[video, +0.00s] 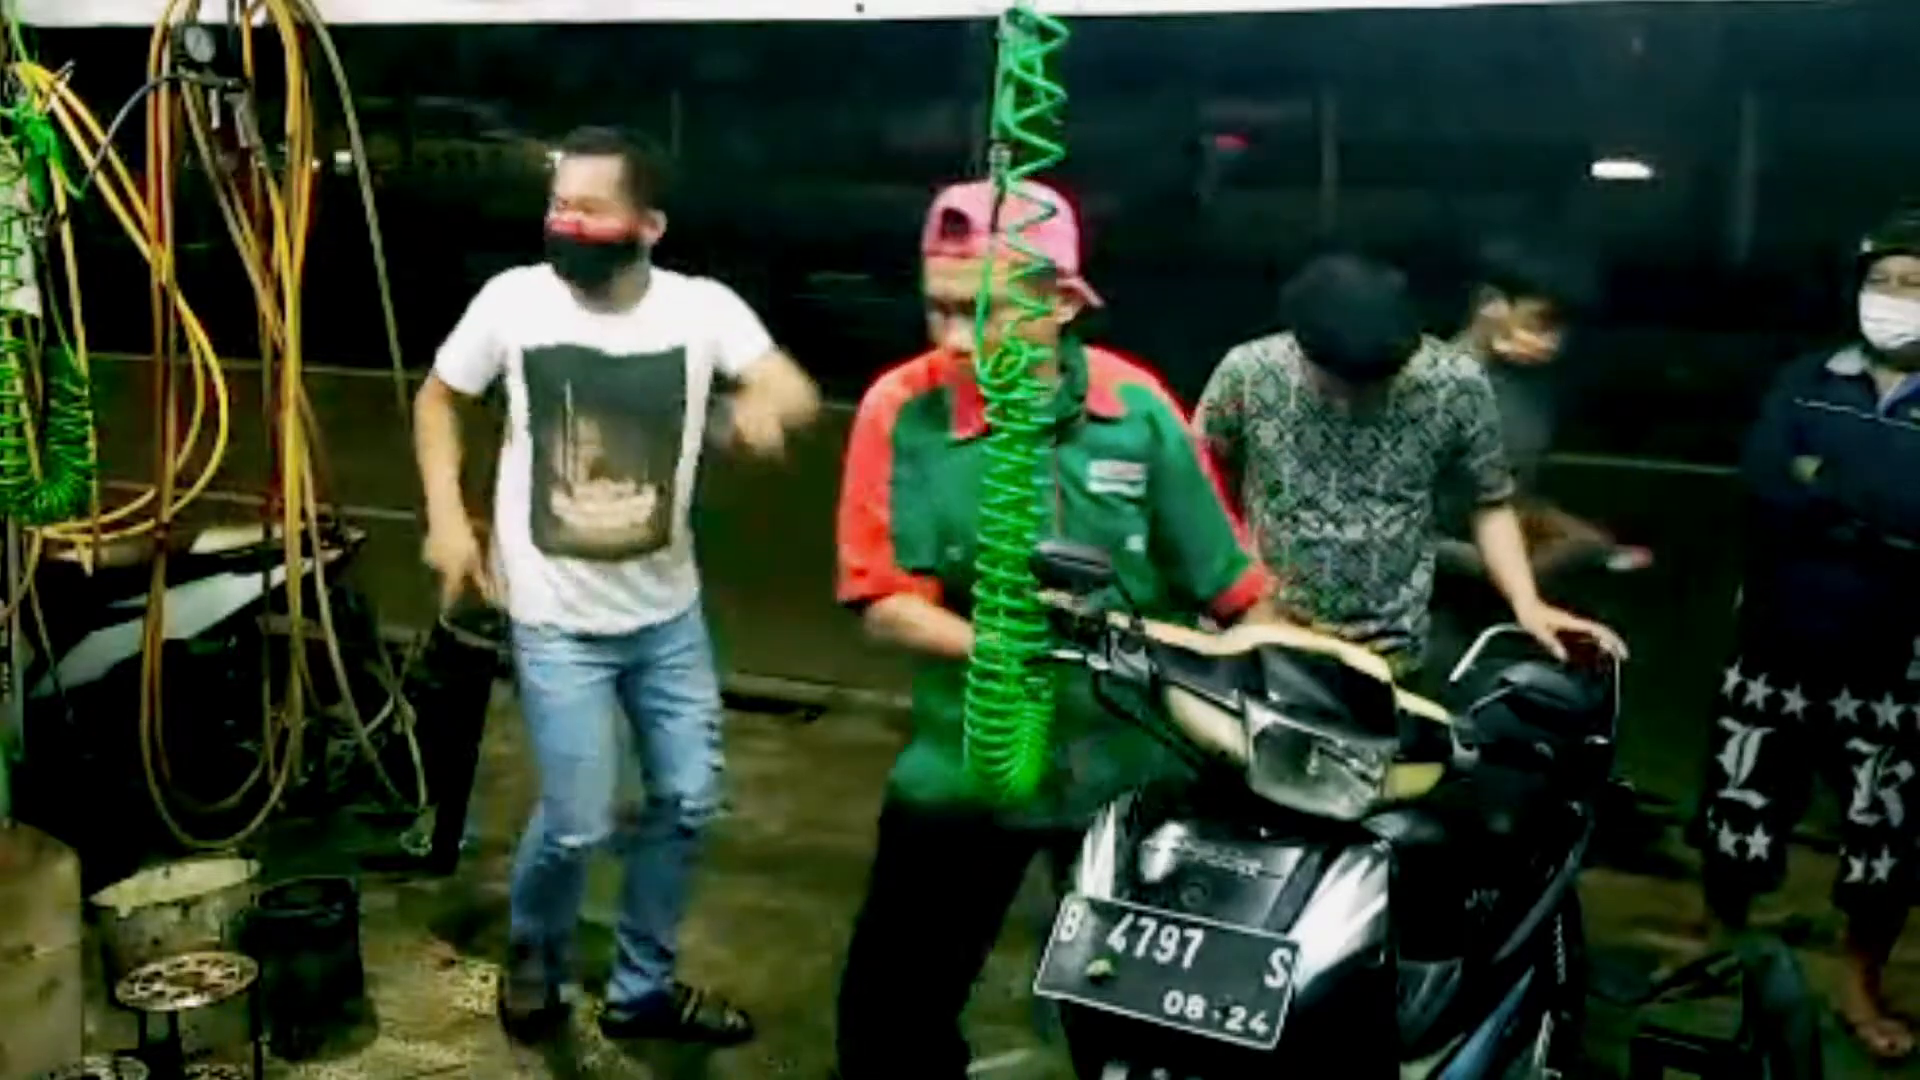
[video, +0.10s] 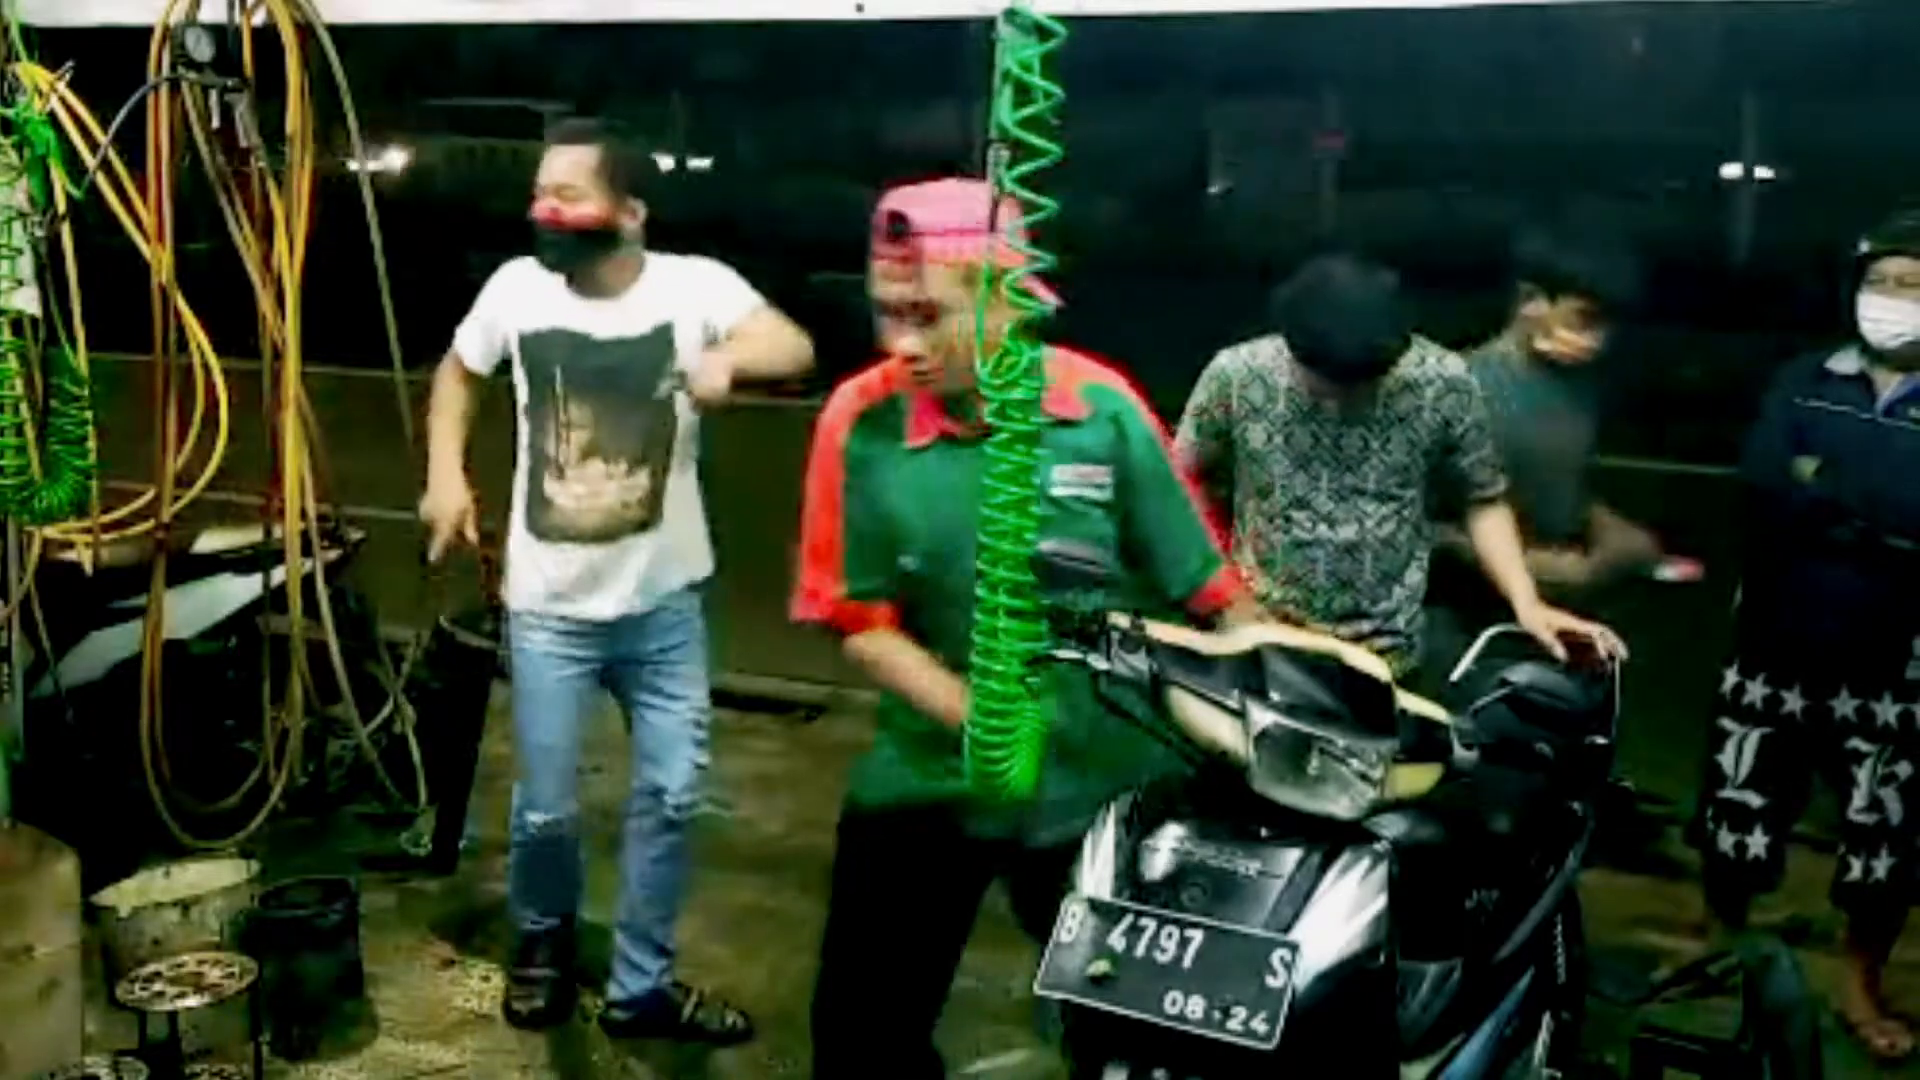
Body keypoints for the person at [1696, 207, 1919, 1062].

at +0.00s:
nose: (1897, 301)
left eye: (1913, 288)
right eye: (1885, 284)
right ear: (1858, 293)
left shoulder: (1918, 412)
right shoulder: (1807, 385)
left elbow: (1910, 517)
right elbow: (1761, 484)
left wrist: (1820, 475)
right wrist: (1871, 520)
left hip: (1889, 660)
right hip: (1782, 644)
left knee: (1884, 841)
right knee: (1737, 813)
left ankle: (1862, 981)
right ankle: (1716, 944)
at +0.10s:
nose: (1894, 302)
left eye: (1911, 288)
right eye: (1882, 285)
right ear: (1855, 294)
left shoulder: (1918, 413)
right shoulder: (1806, 386)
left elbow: (1910, 521)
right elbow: (1757, 486)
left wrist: (1819, 478)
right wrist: (1868, 519)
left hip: (1889, 658)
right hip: (1781, 641)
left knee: (1883, 839)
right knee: (1736, 810)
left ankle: (1862, 982)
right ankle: (1717, 944)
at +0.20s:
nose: (1891, 303)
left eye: (1908, 289)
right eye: (1879, 286)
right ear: (1852, 294)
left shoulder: (1918, 413)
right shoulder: (1804, 385)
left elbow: (1910, 521)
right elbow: (1751, 485)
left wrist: (1817, 482)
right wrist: (1860, 517)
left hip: (1889, 656)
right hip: (1781, 639)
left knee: (1883, 839)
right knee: (1736, 810)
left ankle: (1863, 983)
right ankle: (1717, 945)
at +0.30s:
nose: (1883, 304)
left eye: (1902, 290)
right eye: (1871, 286)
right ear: (1847, 293)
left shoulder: (1918, 412)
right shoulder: (1800, 384)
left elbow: (1910, 514)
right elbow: (1750, 486)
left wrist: (1815, 477)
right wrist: (1865, 506)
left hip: (1889, 650)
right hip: (1782, 632)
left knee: (1883, 835)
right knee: (1736, 805)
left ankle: (1863, 984)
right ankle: (1717, 944)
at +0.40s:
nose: (1879, 304)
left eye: (1899, 291)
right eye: (1868, 286)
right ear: (1845, 293)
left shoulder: (1917, 411)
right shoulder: (1799, 384)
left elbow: (1909, 512)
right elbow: (1748, 483)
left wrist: (1814, 476)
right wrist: (1860, 507)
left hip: (1890, 649)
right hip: (1782, 632)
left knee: (1883, 832)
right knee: (1737, 799)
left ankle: (1863, 980)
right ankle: (1719, 932)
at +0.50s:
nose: (1876, 306)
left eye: (1896, 292)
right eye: (1864, 288)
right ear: (1838, 296)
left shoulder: (1918, 406)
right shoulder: (1787, 388)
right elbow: (1725, 496)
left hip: (1892, 656)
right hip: (1784, 643)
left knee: (1886, 837)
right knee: (1757, 808)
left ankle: (1862, 984)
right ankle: (1724, 942)